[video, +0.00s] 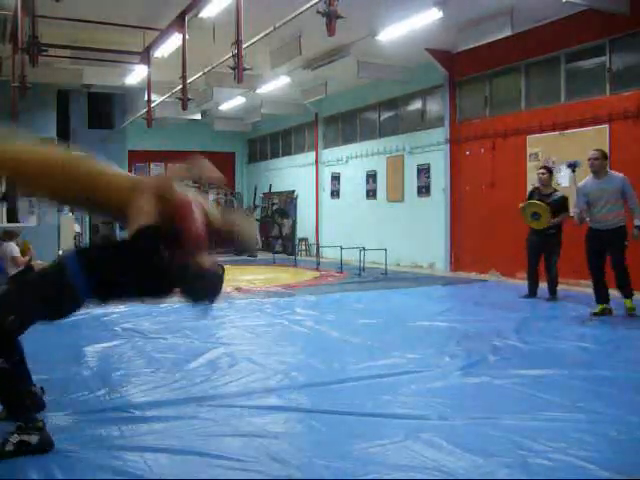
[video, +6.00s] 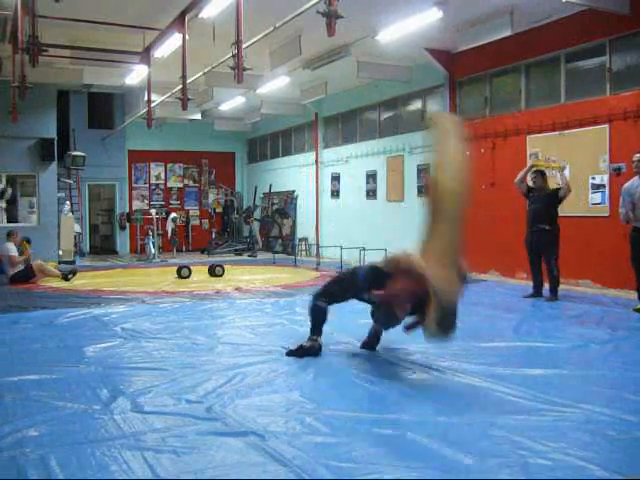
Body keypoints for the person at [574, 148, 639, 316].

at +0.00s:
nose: (591, 163)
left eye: (596, 159)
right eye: (589, 160)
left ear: (605, 162)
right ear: (587, 163)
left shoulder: (620, 180)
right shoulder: (584, 187)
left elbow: (633, 203)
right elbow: (580, 208)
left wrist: (636, 223)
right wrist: (579, 216)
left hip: (617, 228)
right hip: (595, 229)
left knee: (619, 265)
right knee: (596, 270)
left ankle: (628, 298)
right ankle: (602, 303)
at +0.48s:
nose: (609, 165)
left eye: (613, 161)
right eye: (607, 161)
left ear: (624, 162)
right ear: (605, 164)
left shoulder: (636, 180)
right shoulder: (603, 185)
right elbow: (599, 211)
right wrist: (599, 216)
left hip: (634, 229)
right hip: (613, 229)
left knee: (638, 269)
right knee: (606, 269)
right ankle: (604, 302)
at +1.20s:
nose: (633, 164)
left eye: (635, 160)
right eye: (631, 161)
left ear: (639, 162)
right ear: (629, 163)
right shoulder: (625, 186)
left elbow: (622, 208)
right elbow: (621, 208)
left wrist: (628, 217)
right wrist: (625, 217)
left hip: (634, 227)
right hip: (632, 226)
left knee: (626, 263)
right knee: (625, 263)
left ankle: (623, 298)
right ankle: (622, 298)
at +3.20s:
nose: (634, 163)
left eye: (636, 160)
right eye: (632, 160)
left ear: (639, 162)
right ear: (630, 163)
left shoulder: (629, 186)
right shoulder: (626, 185)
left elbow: (622, 208)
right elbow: (622, 208)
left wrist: (628, 222)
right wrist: (627, 223)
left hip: (634, 229)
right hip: (632, 228)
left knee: (627, 265)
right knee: (626, 265)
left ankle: (623, 300)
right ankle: (623, 299)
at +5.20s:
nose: (633, 164)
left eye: (635, 161)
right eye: (632, 161)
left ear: (639, 164)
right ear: (629, 164)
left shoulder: (627, 187)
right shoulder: (626, 186)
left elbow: (623, 211)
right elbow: (623, 210)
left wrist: (628, 219)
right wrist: (628, 219)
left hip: (634, 229)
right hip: (634, 229)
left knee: (635, 267)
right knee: (635, 267)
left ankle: (638, 300)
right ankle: (638, 300)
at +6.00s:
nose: (635, 165)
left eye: (637, 161)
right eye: (634, 161)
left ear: (639, 165)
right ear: (632, 164)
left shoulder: (629, 187)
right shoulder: (629, 187)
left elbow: (625, 214)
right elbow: (624, 214)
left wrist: (631, 219)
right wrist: (630, 218)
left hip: (636, 229)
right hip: (635, 228)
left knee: (637, 267)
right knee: (636, 267)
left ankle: (639, 300)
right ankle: (639, 300)